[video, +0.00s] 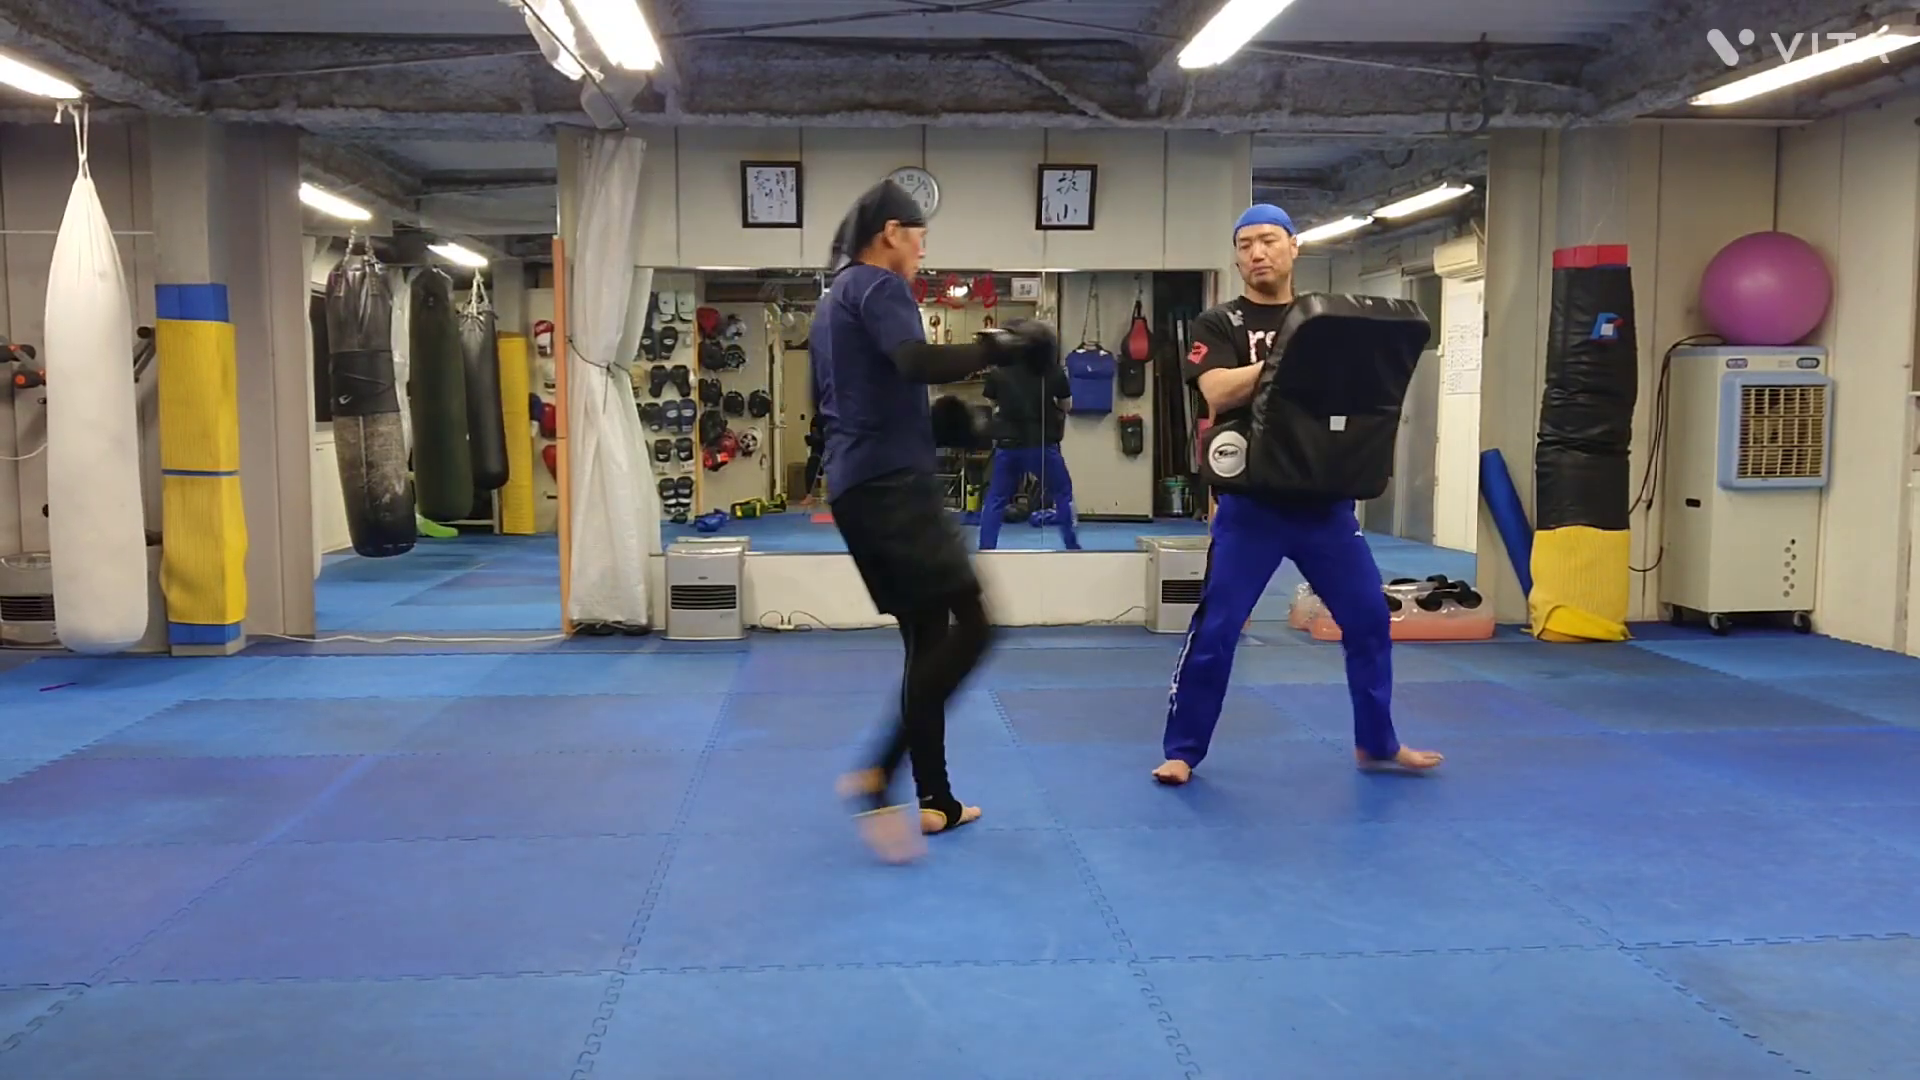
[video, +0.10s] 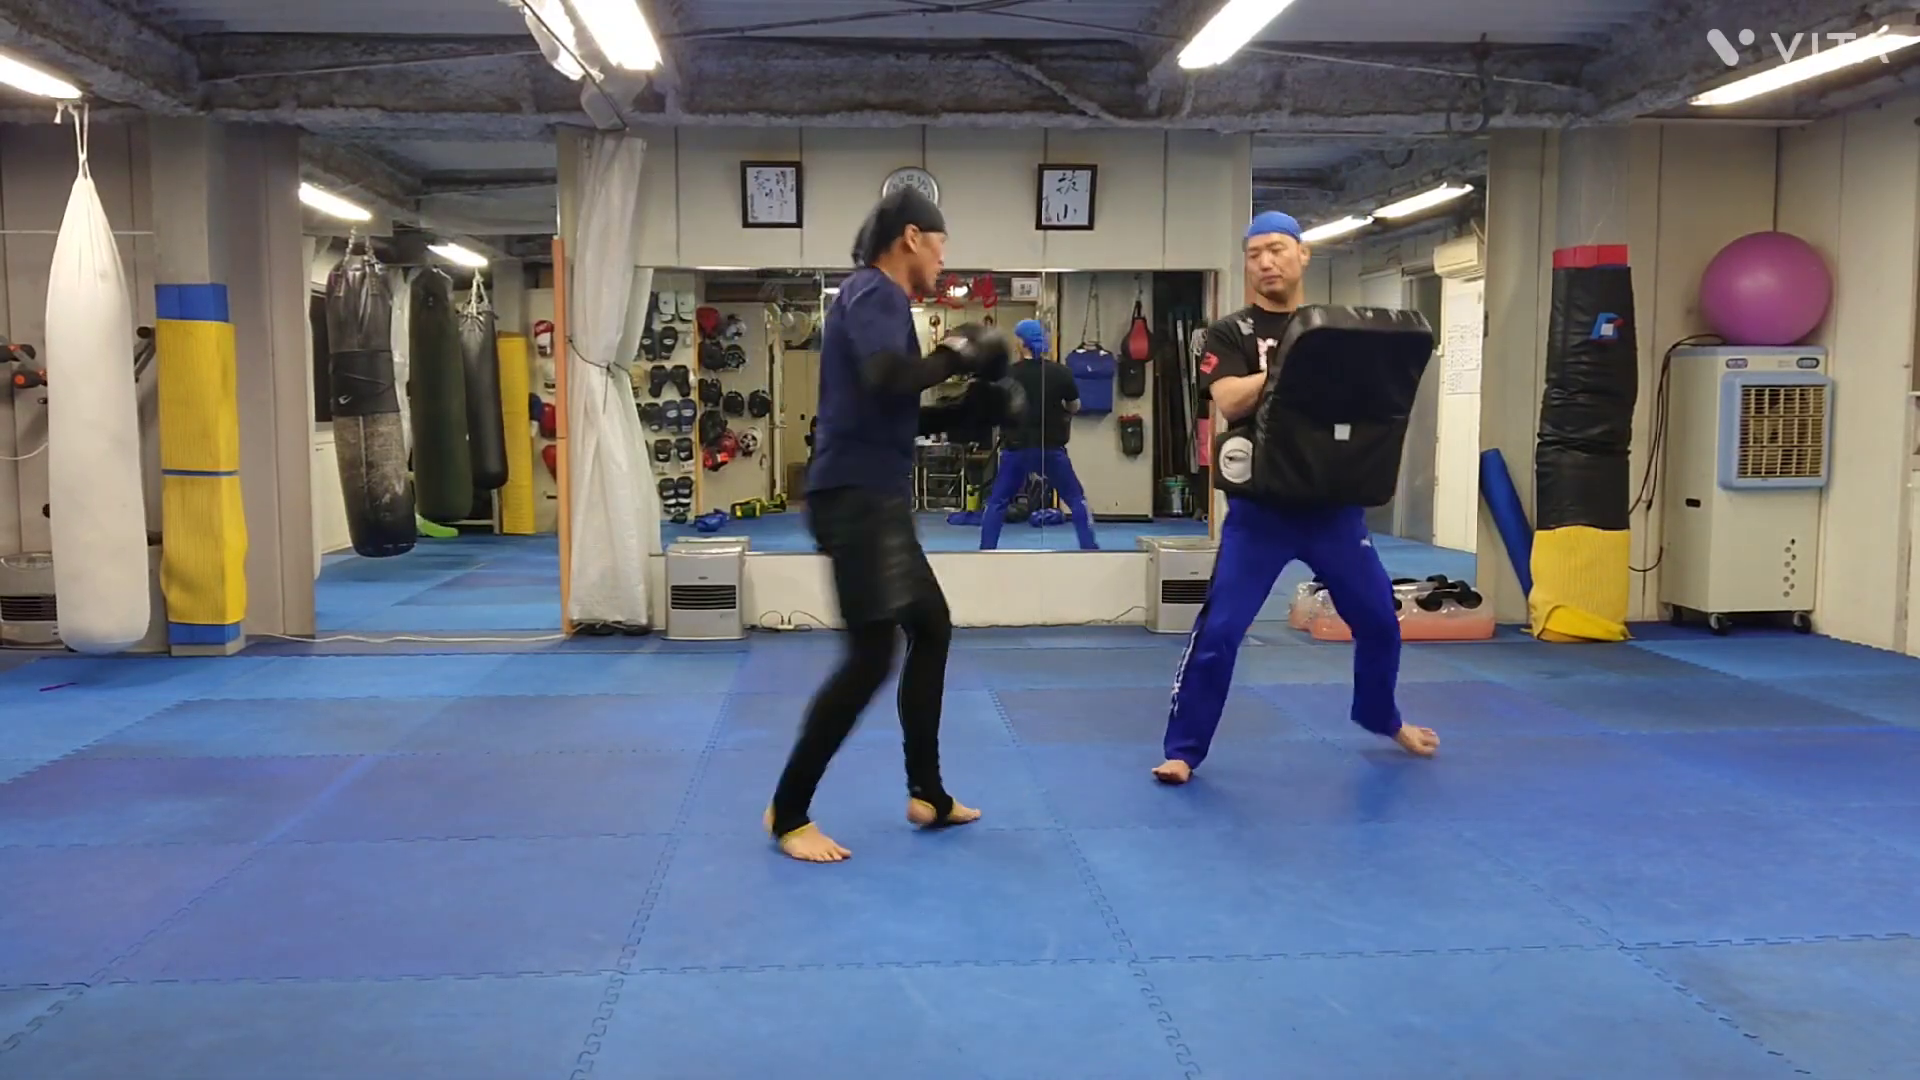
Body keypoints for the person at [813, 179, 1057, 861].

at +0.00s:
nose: (923, 251)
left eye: (923, 238)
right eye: (918, 237)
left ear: (871, 236)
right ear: (888, 233)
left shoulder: (837, 295)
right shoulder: (881, 285)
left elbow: (848, 408)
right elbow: (912, 359)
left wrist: (933, 421)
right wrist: (1002, 348)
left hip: (860, 487)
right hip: (893, 483)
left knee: (925, 636)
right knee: (971, 624)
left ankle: (937, 800)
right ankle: (877, 778)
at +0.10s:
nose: (944, 260)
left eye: (945, 247)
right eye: (941, 246)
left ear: (904, 239)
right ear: (911, 238)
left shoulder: (884, 302)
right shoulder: (871, 292)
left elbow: (897, 412)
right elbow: (885, 374)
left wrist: (973, 407)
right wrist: (963, 354)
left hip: (879, 498)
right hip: (852, 498)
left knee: (932, 626)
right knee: (874, 651)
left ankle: (926, 794)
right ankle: (788, 815)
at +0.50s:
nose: (967, 270)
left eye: (968, 258)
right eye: (964, 256)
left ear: (932, 252)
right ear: (937, 250)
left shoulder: (932, 326)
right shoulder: (881, 316)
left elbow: (953, 413)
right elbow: (877, 396)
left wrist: (1022, 419)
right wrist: (966, 377)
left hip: (913, 515)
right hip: (861, 517)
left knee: (969, 617)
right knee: (848, 657)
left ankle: (997, 761)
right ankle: (782, 822)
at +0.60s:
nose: (971, 270)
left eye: (969, 259)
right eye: (966, 258)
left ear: (925, 261)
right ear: (944, 257)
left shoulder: (916, 325)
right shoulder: (926, 323)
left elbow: (877, 432)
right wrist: (1025, 317)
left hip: (944, 518)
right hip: (912, 517)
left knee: (1013, 612)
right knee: (879, 655)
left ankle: (1036, 768)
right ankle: (789, 819)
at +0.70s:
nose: (955, 259)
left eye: (949, 250)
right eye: (949, 250)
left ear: (902, 270)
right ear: (933, 258)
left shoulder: (879, 348)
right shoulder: (977, 299)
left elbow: (833, 430)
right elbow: (1068, 322)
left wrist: (803, 484)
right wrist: (1063, 289)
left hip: (958, 496)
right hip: (1009, 479)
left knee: (1031, 623)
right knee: (1035, 624)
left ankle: (1035, 766)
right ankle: (916, 711)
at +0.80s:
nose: (949, 258)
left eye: (945, 250)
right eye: (944, 250)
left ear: (888, 270)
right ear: (926, 256)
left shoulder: (869, 343)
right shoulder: (970, 292)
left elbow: (830, 424)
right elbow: (1060, 322)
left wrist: (805, 466)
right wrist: (1128, 322)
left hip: (976, 491)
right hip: (1036, 455)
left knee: (1015, 618)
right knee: (1143, 542)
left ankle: (1036, 760)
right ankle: (1053, 621)